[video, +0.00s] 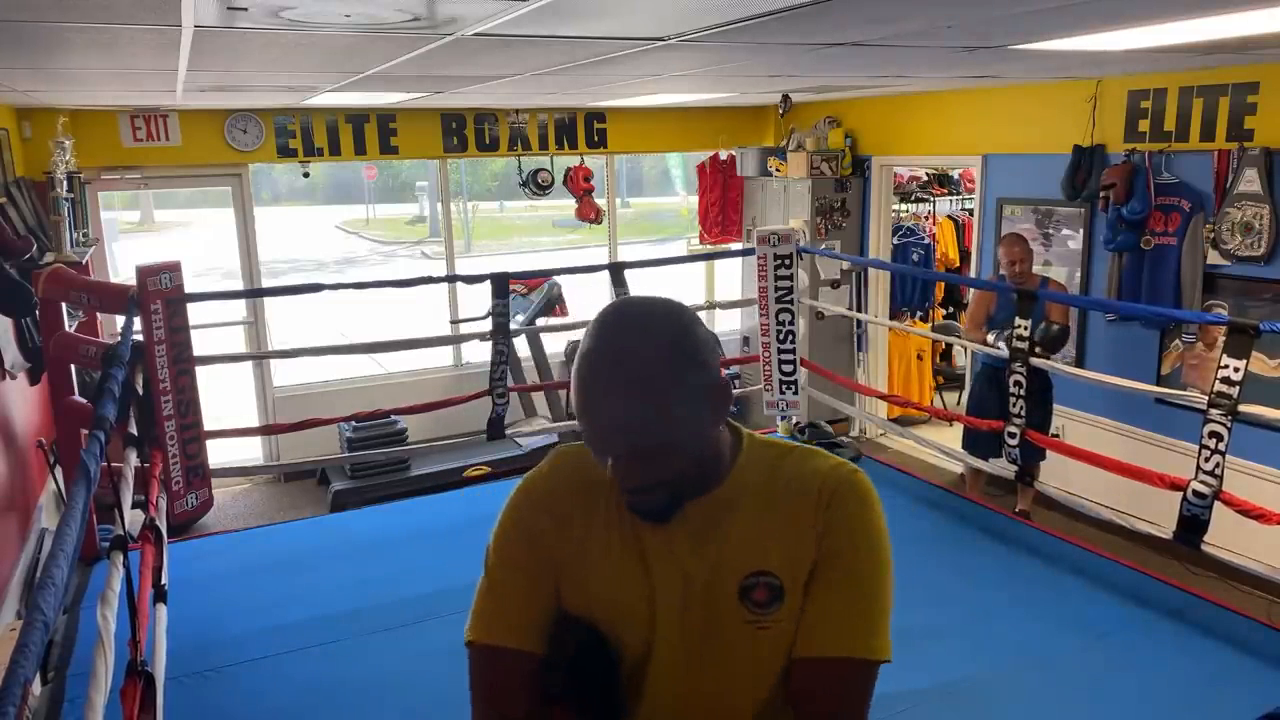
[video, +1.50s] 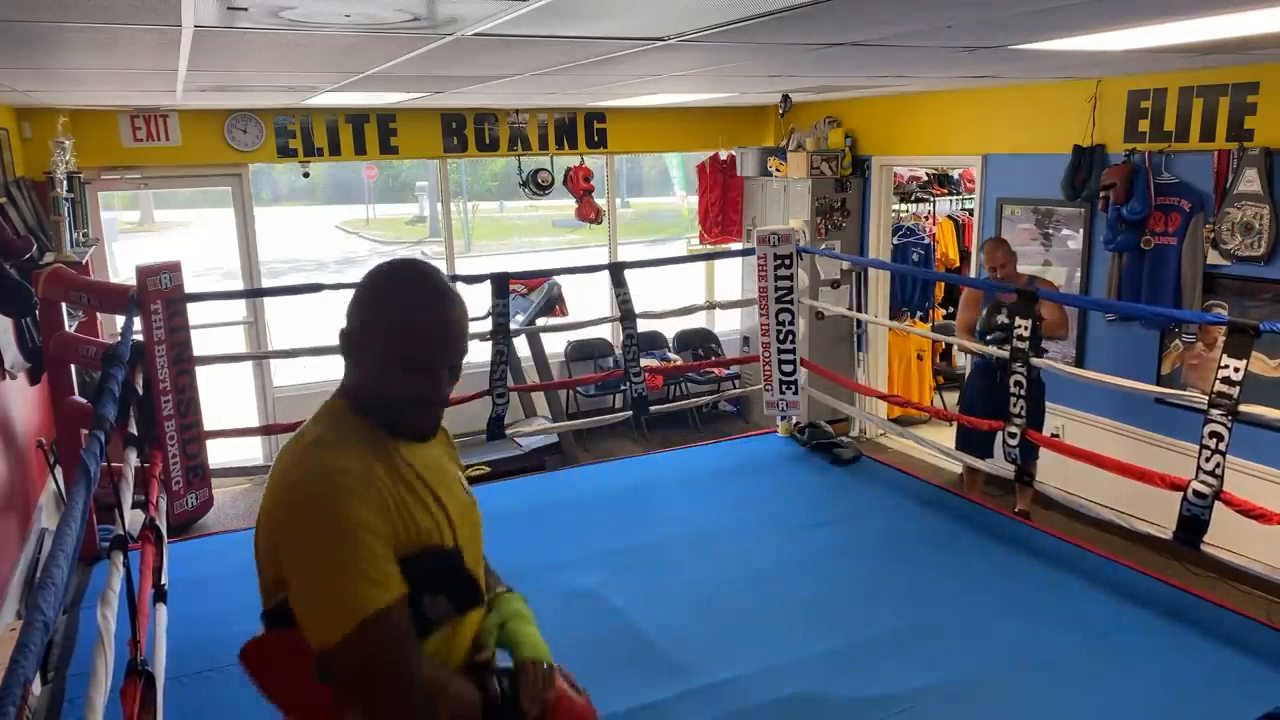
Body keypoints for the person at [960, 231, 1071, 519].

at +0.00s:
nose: (1015, 269)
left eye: (1020, 262)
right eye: (1008, 263)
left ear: (1032, 258)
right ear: (1000, 263)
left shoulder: (1053, 290)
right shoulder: (990, 288)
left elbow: (1058, 332)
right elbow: (970, 330)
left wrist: (1041, 347)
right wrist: (995, 338)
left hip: (1034, 379)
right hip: (991, 376)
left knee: (1031, 448)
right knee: (979, 443)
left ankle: (1022, 511)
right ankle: (972, 504)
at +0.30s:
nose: (1014, 269)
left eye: (1018, 261)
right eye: (1006, 264)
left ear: (1029, 257)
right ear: (998, 264)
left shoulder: (1053, 290)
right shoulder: (987, 291)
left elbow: (1060, 339)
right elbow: (966, 333)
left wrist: (1055, 323)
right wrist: (986, 345)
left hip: (1033, 378)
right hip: (991, 376)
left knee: (1030, 449)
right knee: (977, 444)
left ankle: (1023, 515)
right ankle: (972, 506)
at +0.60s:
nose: (1010, 268)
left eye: (1015, 260)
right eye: (1003, 263)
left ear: (1026, 257)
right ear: (995, 264)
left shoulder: (1051, 290)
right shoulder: (984, 292)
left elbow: (1066, 338)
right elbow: (965, 336)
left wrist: (1055, 320)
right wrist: (980, 358)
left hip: (1031, 382)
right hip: (989, 378)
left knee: (1028, 451)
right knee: (976, 447)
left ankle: (1023, 515)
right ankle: (971, 507)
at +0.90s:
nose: (1007, 271)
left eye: (1011, 263)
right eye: (1000, 266)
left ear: (1023, 258)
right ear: (992, 265)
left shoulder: (1048, 289)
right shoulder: (982, 292)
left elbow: (1064, 334)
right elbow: (967, 337)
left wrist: (1041, 314)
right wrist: (985, 352)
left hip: (1029, 382)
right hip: (987, 379)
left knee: (1027, 450)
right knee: (975, 446)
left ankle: (1022, 513)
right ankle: (970, 505)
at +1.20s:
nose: (1001, 273)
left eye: (1005, 265)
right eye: (994, 269)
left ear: (1017, 258)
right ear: (986, 267)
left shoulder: (1044, 288)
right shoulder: (978, 291)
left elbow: (1063, 331)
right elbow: (965, 335)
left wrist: (1037, 320)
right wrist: (983, 350)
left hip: (1027, 382)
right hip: (986, 379)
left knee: (1026, 451)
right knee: (974, 447)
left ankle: (1022, 515)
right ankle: (970, 507)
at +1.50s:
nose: (998, 275)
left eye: (1002, 267)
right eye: (991, 270)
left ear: (1014, 260)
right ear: (984, 267)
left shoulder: (1041, 287)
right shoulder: (976, 291)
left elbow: (1061, 329)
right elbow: (963, 334)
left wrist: (1025, 326)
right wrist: (984, 348)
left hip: (1026, 380)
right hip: (984, 377)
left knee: (1026, 449)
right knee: (974, 446)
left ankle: (1023, 514)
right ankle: (970, 507)